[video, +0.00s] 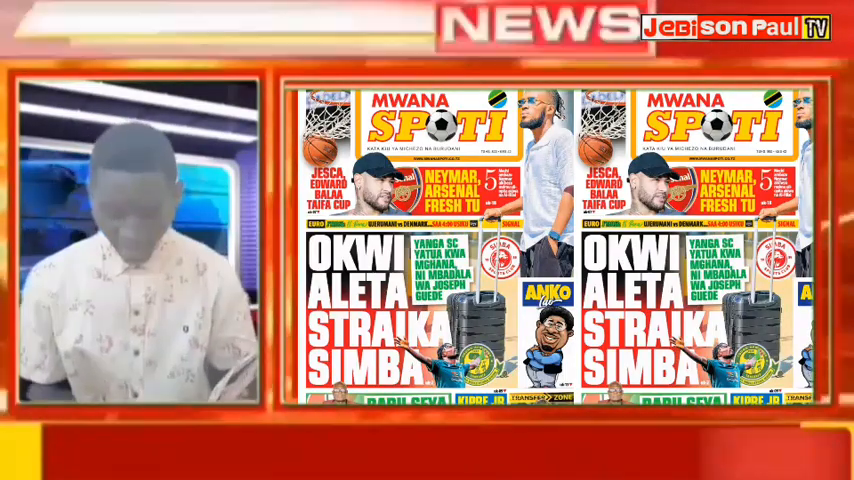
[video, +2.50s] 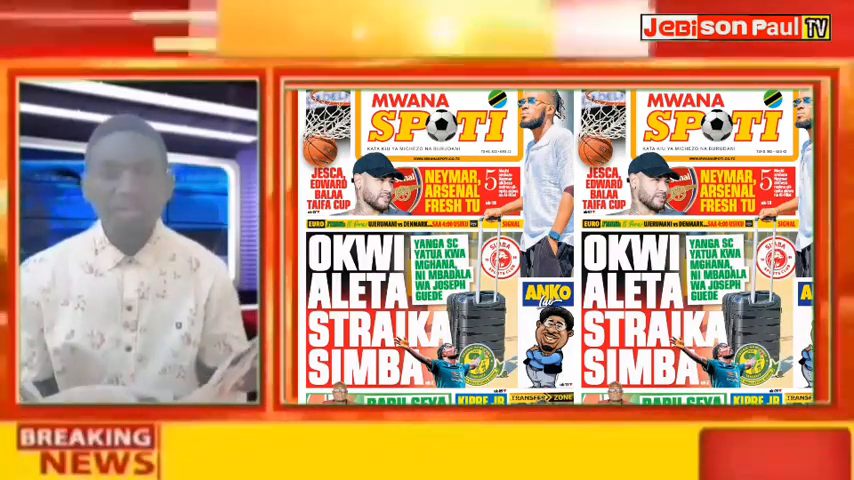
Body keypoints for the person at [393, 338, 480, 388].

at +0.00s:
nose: (453, 348)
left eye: (453, 347)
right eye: (449, 347)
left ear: (455, 351)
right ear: (443, 354)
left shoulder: (462, 367)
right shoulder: (438, 365)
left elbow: (474, 365)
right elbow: (423, 359)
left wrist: (478, 360)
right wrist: (408, 348)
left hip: (461, 403)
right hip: (444, 403)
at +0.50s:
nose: (453, 348)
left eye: (453, 347)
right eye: (449, 347)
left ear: (455, 352)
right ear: (443, 354)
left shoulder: (462, 367)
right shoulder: (438, 365)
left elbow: (474, 365)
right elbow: (423, 359)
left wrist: (478, 360)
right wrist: (408, 348)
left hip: (461, 403)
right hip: (444, 403)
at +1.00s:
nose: (453, 348)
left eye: (453, 347)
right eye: (449, 347)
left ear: (455, 351)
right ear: (443, 354)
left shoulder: (462, 367)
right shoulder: (438, 365)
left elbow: (474, 365)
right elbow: (423, 359)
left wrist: (478, 360)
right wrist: (408, 348)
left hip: (461, 402)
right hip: (444, 403)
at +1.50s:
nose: (453, 348)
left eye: (453, 347)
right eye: (449, 347)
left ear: (455, 351)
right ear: (443, 354)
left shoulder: (462, 367)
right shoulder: (438, 365)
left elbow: (474, 365)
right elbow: (423, 359)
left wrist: (477, 360)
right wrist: (408, 348)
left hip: (461, 403)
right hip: (444, 403)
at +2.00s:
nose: (453, 348)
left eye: (453, 347)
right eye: (449, 347)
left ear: (455, 351)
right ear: (443, 354)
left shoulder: (462, 367)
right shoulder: (438, 365)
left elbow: (474, 365)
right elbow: (423, 359)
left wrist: (478, 360)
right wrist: (408, 348)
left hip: (461, 403)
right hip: (444, 403)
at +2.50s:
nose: (453, 348)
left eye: (453, 347)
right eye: (449, 347)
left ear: (455, 351)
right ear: (443, 354)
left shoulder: (462, 367)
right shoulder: (438, 365)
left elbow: (474, 365)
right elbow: (423, 359)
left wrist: (478, 360)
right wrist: (408, 348)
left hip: (461, 403)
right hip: (444, 403)